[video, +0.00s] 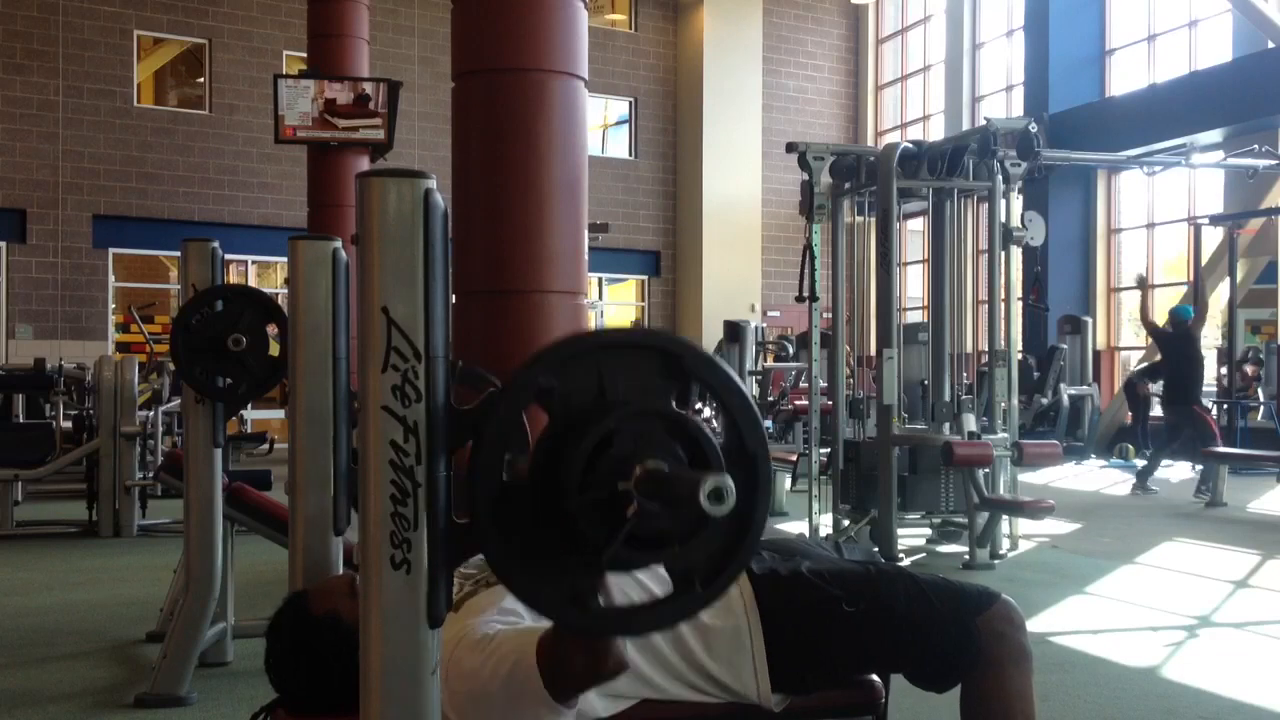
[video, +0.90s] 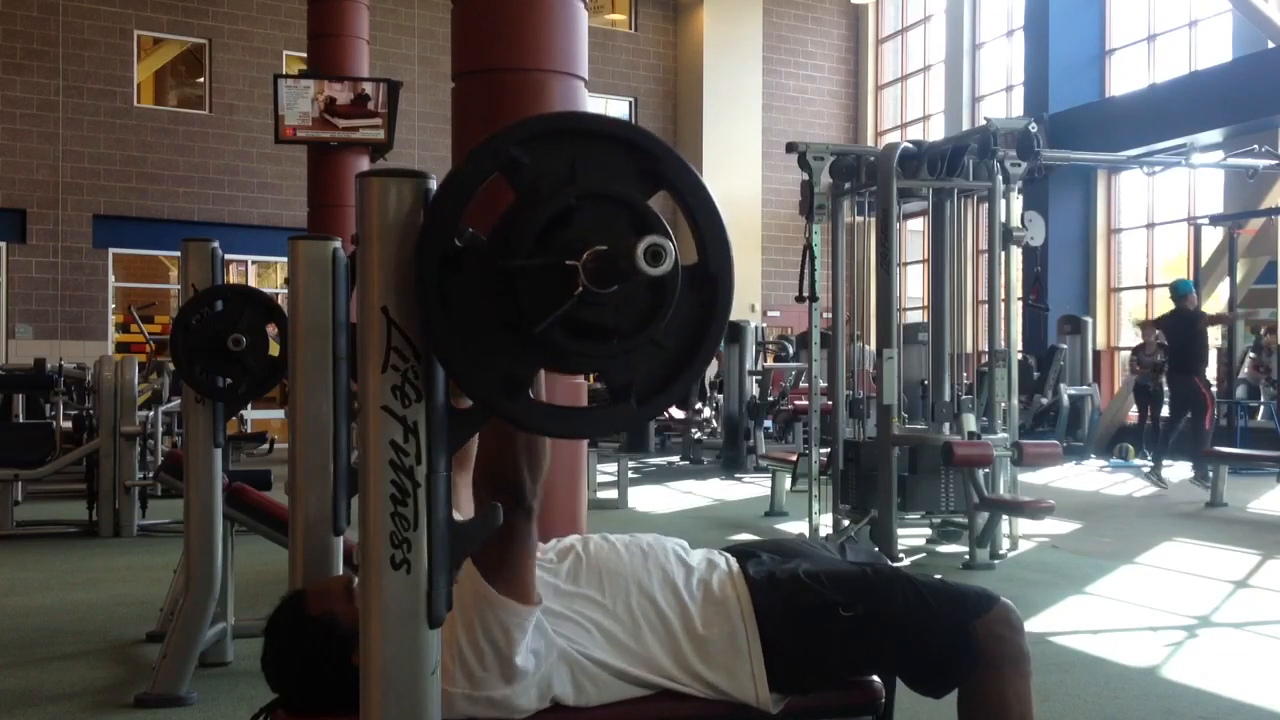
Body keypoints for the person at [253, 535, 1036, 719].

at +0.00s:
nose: (366, 577)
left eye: (352, 579)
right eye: (350, 595)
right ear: (358, 649)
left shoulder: (465, 603)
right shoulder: (452, 671)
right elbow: (585, 660)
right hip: (728, 622)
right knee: (988, 624)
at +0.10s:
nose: (363, 573)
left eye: (346, 573)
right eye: (349, 588)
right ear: (352, 635)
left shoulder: (467, 600)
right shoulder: (454, 675)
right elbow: (575, 620)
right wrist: (566, 481)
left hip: (729, 577)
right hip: (747, 611)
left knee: (864, 692)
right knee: (989, 625)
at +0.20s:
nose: (367, 570)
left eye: (352, 570)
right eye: (352, 585)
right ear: (356, 639)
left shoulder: (462, 603)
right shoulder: (467, 683)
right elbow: (559, 579)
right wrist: (538, 457)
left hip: (738, 577)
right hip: (755, 610)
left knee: (861, 693)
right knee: (987, 624)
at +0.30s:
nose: (364, 566)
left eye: (346, 566)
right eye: (348, 585)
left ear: (344, 670)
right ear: (357, 649)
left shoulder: (450, 649)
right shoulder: (472, 682)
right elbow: (543, 530)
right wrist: (516, 359)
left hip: (733, 598)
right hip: (758, 611)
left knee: (862, 694)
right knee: (991, 625)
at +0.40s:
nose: (366, 565)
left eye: (347, 566)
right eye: (348, 583)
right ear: (359, 648)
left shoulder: (445, 631)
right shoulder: (473, 675)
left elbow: (468, 485)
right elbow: (519, 510)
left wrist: (495, 345)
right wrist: (523, 337)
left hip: (730, 570)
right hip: (757, 614)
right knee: (991, 626)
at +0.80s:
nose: (362, 581)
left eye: (346, 582)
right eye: (346, 597)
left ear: (354, 639)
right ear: (358, 649)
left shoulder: (438, 629)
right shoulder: (461, 679)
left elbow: (489, 498)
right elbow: (501, 506)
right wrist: (516, 357)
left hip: (717, 578)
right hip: (739, 620)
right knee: (990, 627)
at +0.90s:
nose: (361, 579)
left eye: (344, 582)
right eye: (346, 596)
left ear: (352, 641)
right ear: (358, 647)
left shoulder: (437, 624)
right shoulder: (465, 682)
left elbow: (482, 500)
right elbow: (513, 505)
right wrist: (506, 336)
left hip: (719, 579)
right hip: (741, 620)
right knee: (989, 625)